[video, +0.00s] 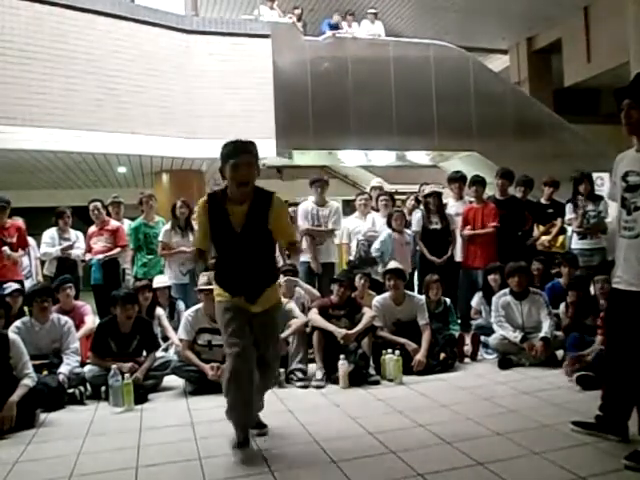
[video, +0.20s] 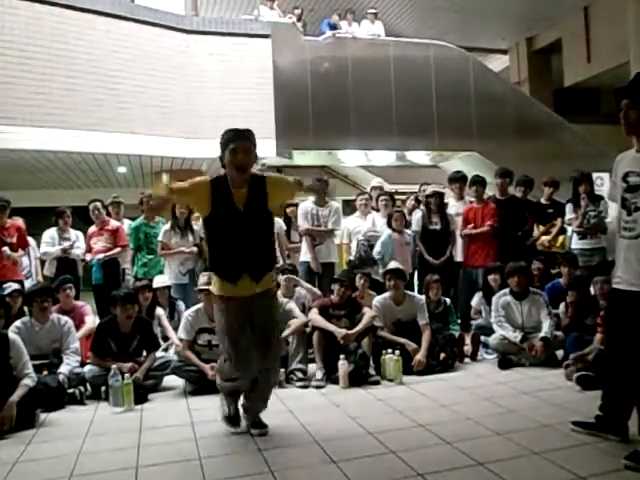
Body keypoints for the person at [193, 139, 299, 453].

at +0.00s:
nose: (245, 174)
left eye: (250, 167)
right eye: (237, 167)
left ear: (258, 168)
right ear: (223, 170)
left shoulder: (272, 204)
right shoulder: (208, 207)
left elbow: (290, 244)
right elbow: (201, 252)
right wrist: (196, 260)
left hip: (267, 292)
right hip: (229, 294)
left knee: (268, 362)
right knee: (238, 357)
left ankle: (253, 411)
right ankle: (241, 430)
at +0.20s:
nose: (243, 158)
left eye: (249, 151)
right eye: (236, 151)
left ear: (256, 154)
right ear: (223, 156)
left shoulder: (269, 185)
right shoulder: (207, 188)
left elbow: (300, 190)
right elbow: (170, 196)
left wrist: (318, 188)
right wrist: (152, 203)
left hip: (263, 285)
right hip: (227, 288)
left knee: (269, 359)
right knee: (240, 362)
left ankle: (254, 411)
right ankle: (230, 395)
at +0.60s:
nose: (236, 174)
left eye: (242, 168)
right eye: (229, 169)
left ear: (250, 171)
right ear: (218, 172)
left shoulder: (260, 200)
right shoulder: (202, 202)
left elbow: (293, 200)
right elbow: (161, 201)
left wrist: (317, 199)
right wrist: (137, 200)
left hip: (252, 284)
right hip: (217, 289)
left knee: (259, 337)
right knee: (224, 352)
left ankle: (273, 406)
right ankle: (233, 410)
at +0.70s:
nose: (238, 166)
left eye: (243, 160)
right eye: (232, 160)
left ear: (251, 163)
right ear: (220, 163)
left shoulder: (263, 196)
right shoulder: (203, 195)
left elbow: (280, 224)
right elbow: (179, 224)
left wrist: (283, 255)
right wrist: (182, 229)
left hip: (254, 281)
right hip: (218, 284)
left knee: (263, 344)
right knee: (224, 348)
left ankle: (261, 409)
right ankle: (232, 410)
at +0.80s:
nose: (240, 170)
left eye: (245, 164)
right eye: (233, 164)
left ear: (252, 167)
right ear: (221, 167)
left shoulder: (263, 200)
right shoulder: (205, 201)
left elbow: (264, 234)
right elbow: (198, 239)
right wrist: (210, 256)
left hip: (256, 284)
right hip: (220, 286)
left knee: (259, 347)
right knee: (224, 348)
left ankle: (254, 408)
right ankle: (232, 409)